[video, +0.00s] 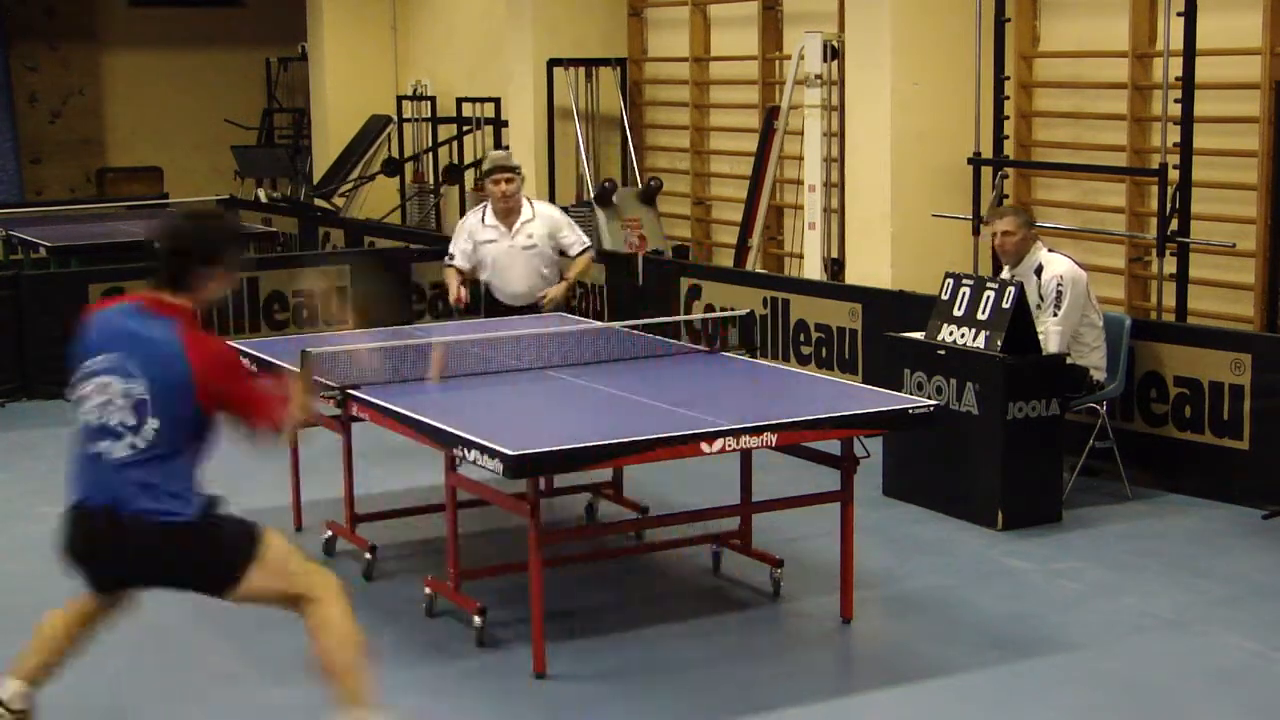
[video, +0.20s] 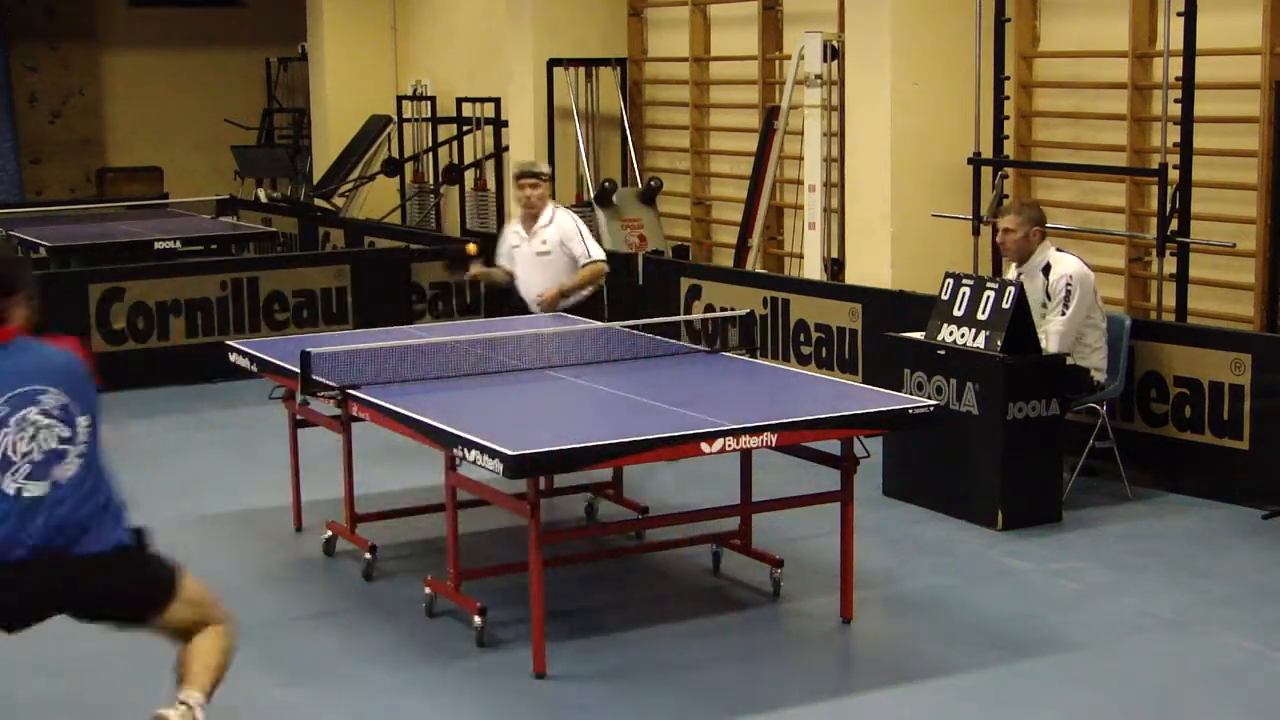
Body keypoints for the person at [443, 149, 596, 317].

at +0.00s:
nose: (503, 189)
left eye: (509, 181)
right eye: (496, 182)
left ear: (521, 182)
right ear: (484, 188)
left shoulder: (548, 215)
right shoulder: (472, 223)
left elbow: (585, 253)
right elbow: (452, 264)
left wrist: (565, 285)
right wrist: (454, 285)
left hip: (544, 311)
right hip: (497, 312)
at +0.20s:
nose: (528, 194)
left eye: (534, 187)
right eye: (522, 188)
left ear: (547, 188)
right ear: (516, 192)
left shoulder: (565, 221)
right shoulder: (512, 231)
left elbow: (598, 266)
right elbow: (507, 275)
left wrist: (561, 292)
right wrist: (484, 274)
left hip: (579, 313)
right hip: (539, 317)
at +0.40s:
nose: (570, 185)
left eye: (578, 178)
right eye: (566, 179)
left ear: (596, 182)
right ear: (560, 183)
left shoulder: (611, 219)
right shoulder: (558, 220)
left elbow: (631, 271)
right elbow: (560, 269)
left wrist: (592, 294)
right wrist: (533, 268)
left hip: (602, 317)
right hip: (564, 316)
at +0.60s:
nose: (568, 179)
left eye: (570, 172)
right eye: (569, 173)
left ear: (582, 174)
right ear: (584, 175)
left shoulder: (610, 208)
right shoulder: (591, 207)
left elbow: (614, 267)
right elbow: (593, 257)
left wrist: (572, 289)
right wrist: (561, 261)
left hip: (606, 304)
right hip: (587, 301)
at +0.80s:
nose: (585, 174)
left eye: (586, 169)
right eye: (585, 169)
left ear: (593, 172)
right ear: (620, 170)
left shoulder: (605, 207)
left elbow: (606, 265)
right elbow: (636, 253)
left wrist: (577, 299)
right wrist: (588, 259)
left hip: (612, 303)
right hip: (640, 297)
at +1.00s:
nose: (593, 170)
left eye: (594, 165)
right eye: (595, 165)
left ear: (602, 167)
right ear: (630, 166)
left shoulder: (607, 204)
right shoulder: (652, 198)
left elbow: (586, 260)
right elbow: (665, 247)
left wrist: (563, 284)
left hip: (627, 292)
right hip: (662, 286)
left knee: (639, 370)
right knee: (668, 365)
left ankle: (671, 449)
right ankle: (691, 444)